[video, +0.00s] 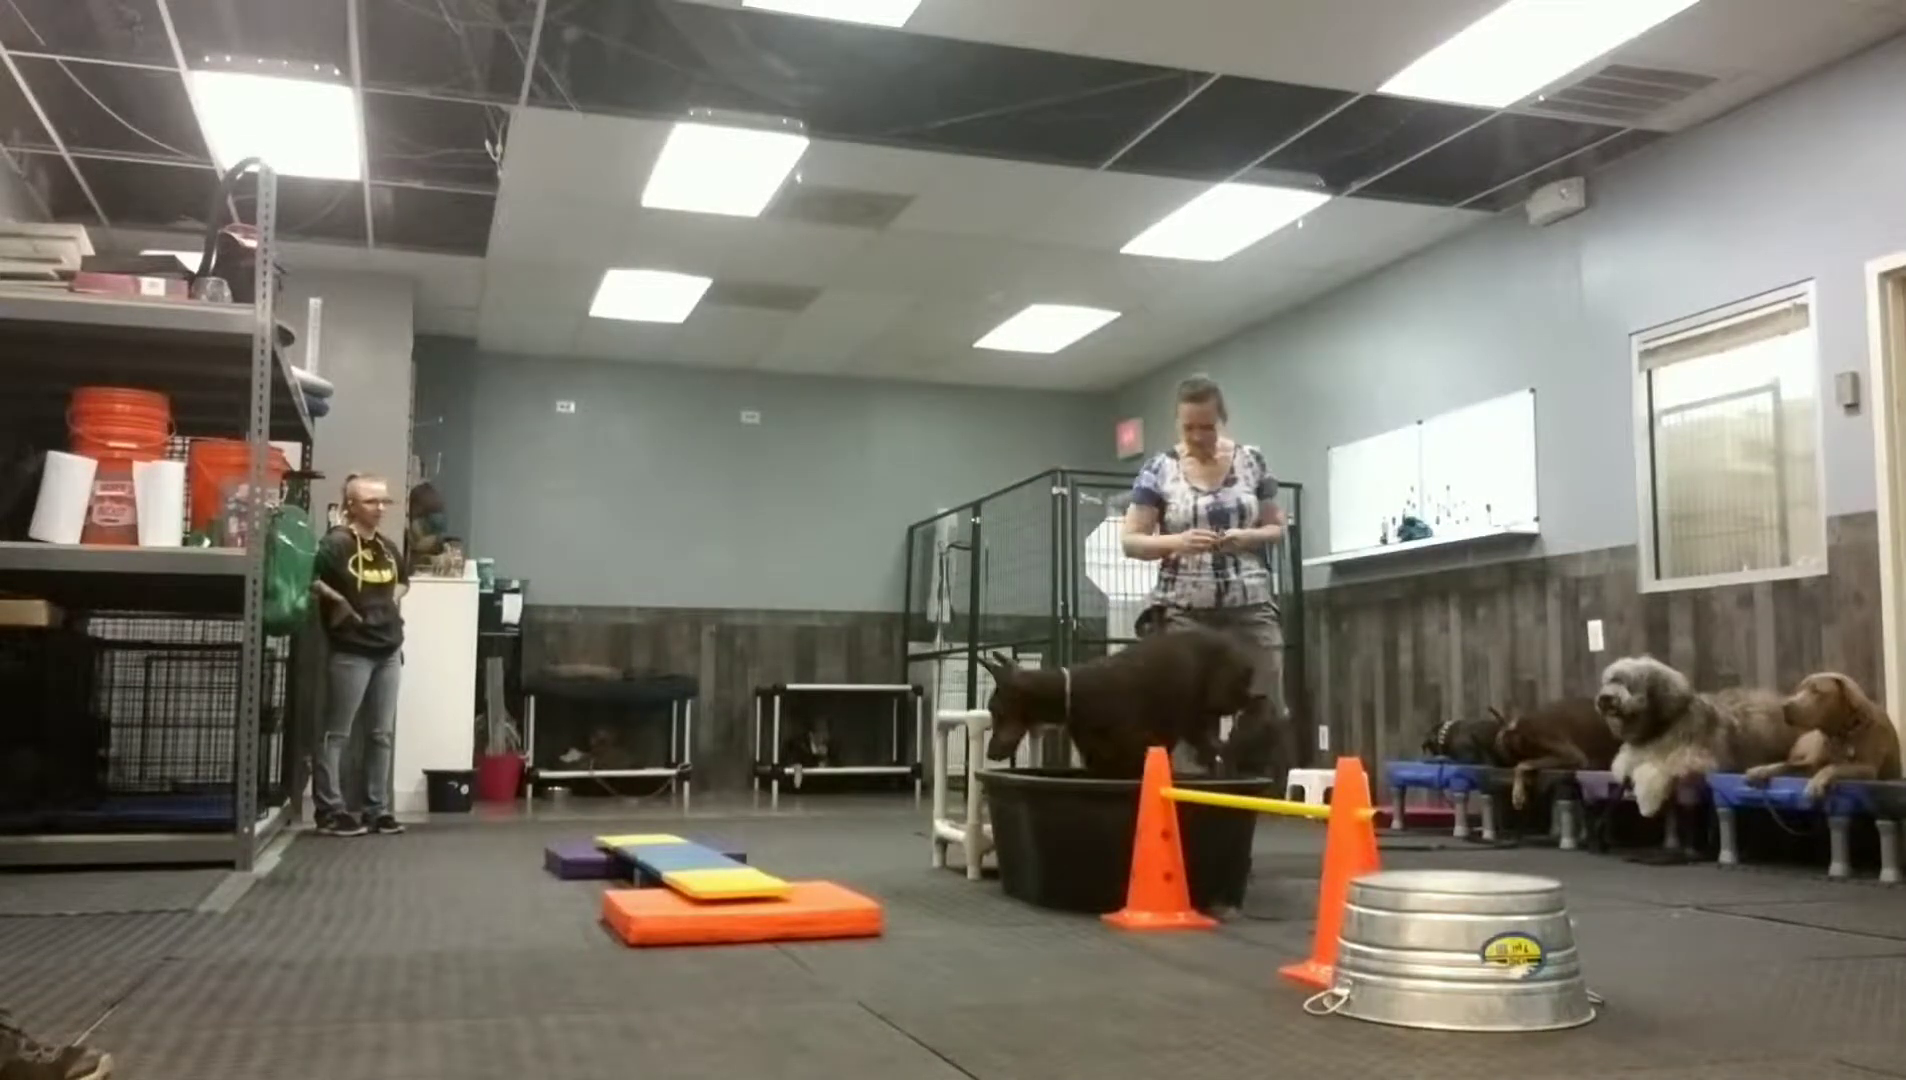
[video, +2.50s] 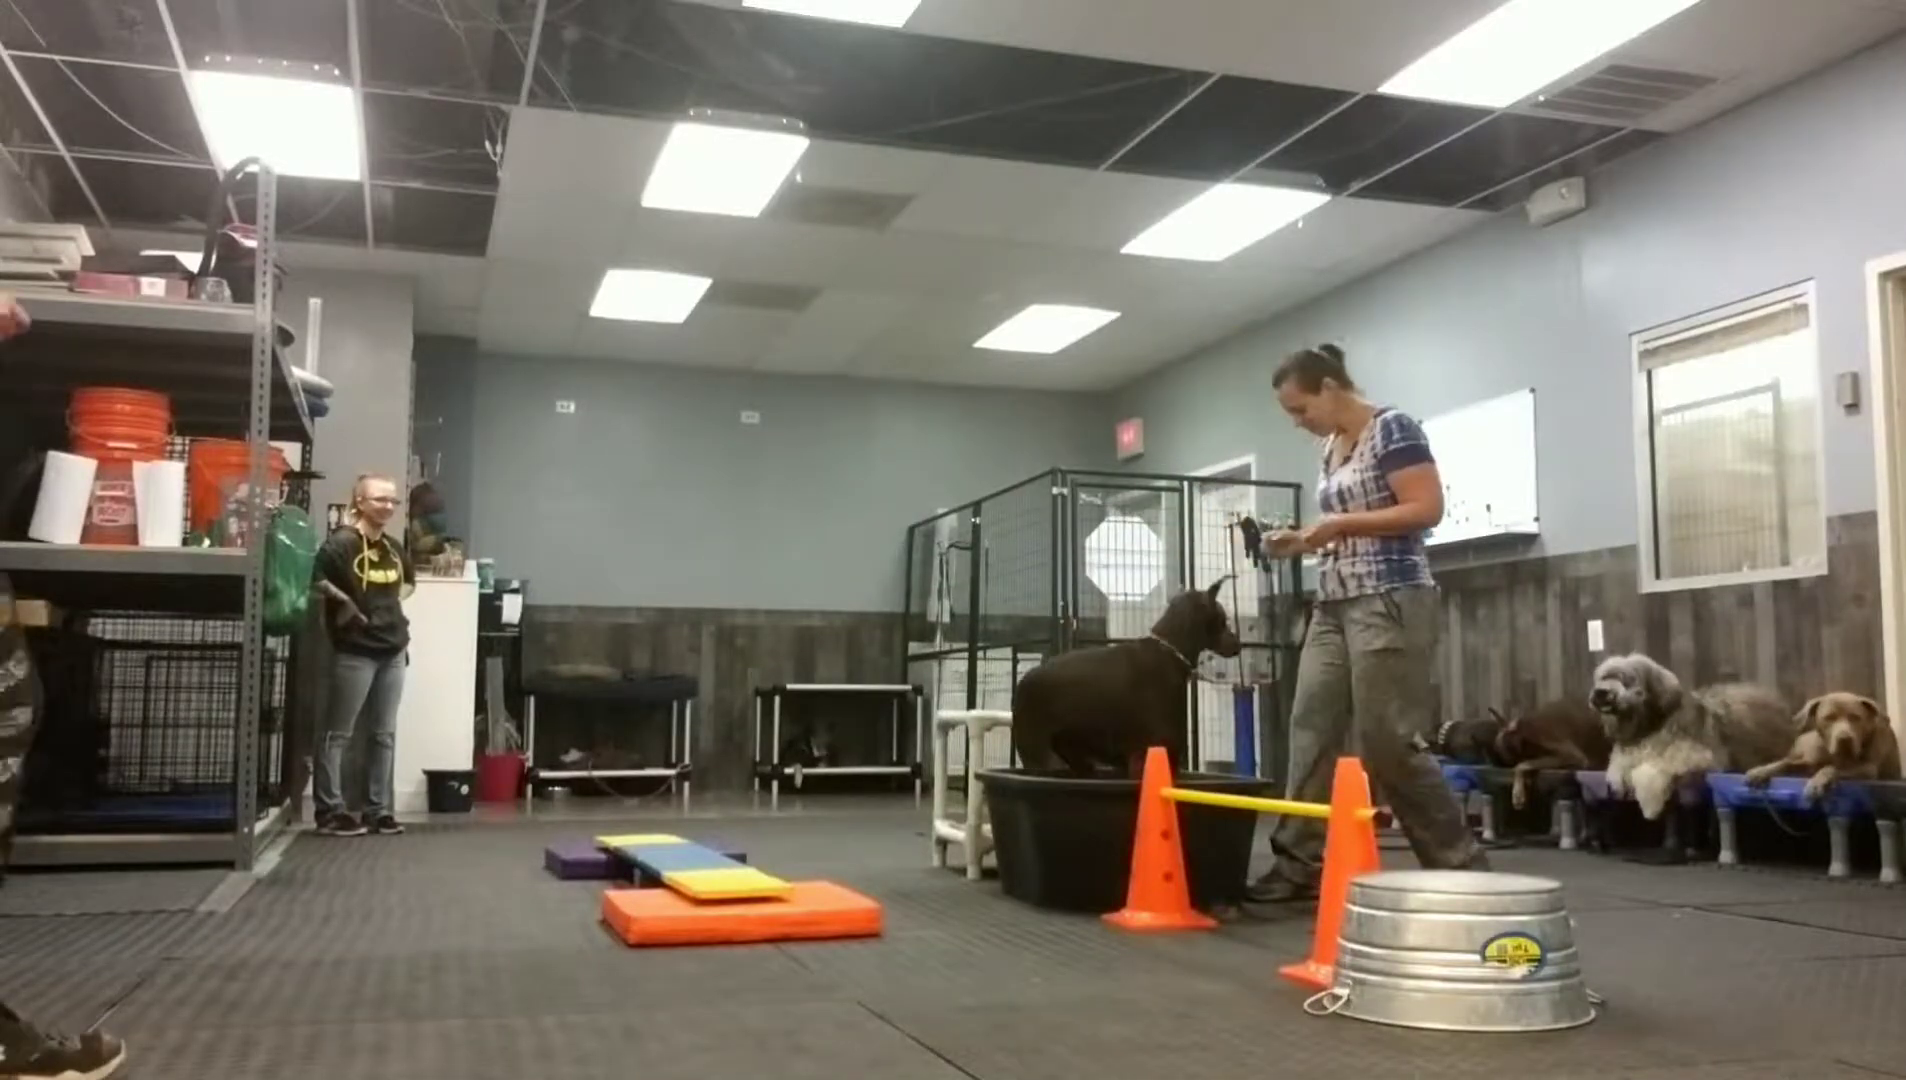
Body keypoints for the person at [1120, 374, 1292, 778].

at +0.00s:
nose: (1197, 436)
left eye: (1205, 427)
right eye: (1189, 427)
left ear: (1221, 419)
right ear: (1178, 422)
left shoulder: (1250, 462)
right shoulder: (1159, 469)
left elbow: (1276, 529)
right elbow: (1131, 541)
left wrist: (1239, 538)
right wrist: (1178, 542)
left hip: (1251, 610)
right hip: (1184, 612)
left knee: (1267, 715)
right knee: (1188, 721)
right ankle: (1190, 814)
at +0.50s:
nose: (1257, 417)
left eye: (1264, 405)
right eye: (1251, 407)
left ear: (1298, 393)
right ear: (1254, 401)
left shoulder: (1349, 436)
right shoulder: (1254, 450)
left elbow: (1386, 510)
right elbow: (1224, 524)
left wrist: (1328, 526)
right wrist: (1254, 527)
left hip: (1335, 605)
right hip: (1266, 608)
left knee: (1340, 735)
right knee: (1275, 732)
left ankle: (1334, 858)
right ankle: (1280, 856)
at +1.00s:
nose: (1215, 407)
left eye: (1218, 394)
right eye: (1209, 398)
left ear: (1251, 374)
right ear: (1240, 382)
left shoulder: (1316, 414)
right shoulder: (1243, 441)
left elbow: (1357, 497)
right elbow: (1250, 516)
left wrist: (1277, 514)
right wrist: (1199, 525)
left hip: (1318, 595)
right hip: (1259, 601)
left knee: (1316, 732)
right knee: (1272, 734)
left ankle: (1325, 866)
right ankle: (1292, 858)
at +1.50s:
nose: (1209, 414)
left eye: (1209, 402)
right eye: (1203, 406)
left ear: (1238, 381)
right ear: (1233, 387)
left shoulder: (1310, 415)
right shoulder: (1245, 449)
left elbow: (1354, 494)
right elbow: (1215, 511)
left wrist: (1274, 519)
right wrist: (1162, 557)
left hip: (1324, 594)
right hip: (1272, 601)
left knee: (1323, 730)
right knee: (1281, 731)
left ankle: (1325, 869)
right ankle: (1293, 862)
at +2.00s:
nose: (1228, 413)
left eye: (1230, 400)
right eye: (1221, 405)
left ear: (1260, 378)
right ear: (1240, 391)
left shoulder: (1323, 417)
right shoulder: (1247, 445)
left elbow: (1367, 498)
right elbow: (1240, 512)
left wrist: (1286, 517)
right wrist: (1237, 531)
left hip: (1329, 595)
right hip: (1272, 601)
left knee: (1327, 731)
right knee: (1281, 731)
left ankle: (1331, 867)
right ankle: (1292, 861)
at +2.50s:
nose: (1300, 423)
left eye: (1300, 409)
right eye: (1293, 414)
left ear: (1330, 388)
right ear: (1321, 398)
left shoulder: (1392, 427)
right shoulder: (1332, 456)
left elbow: (1427, 509)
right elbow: (1349, 531)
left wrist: (1341, 523)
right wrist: (1300, 542)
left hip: (1388, 602)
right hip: (1336, 607)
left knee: (1387, 740)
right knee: (1311, 729)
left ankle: (1462, 867)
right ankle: (1298, 867)